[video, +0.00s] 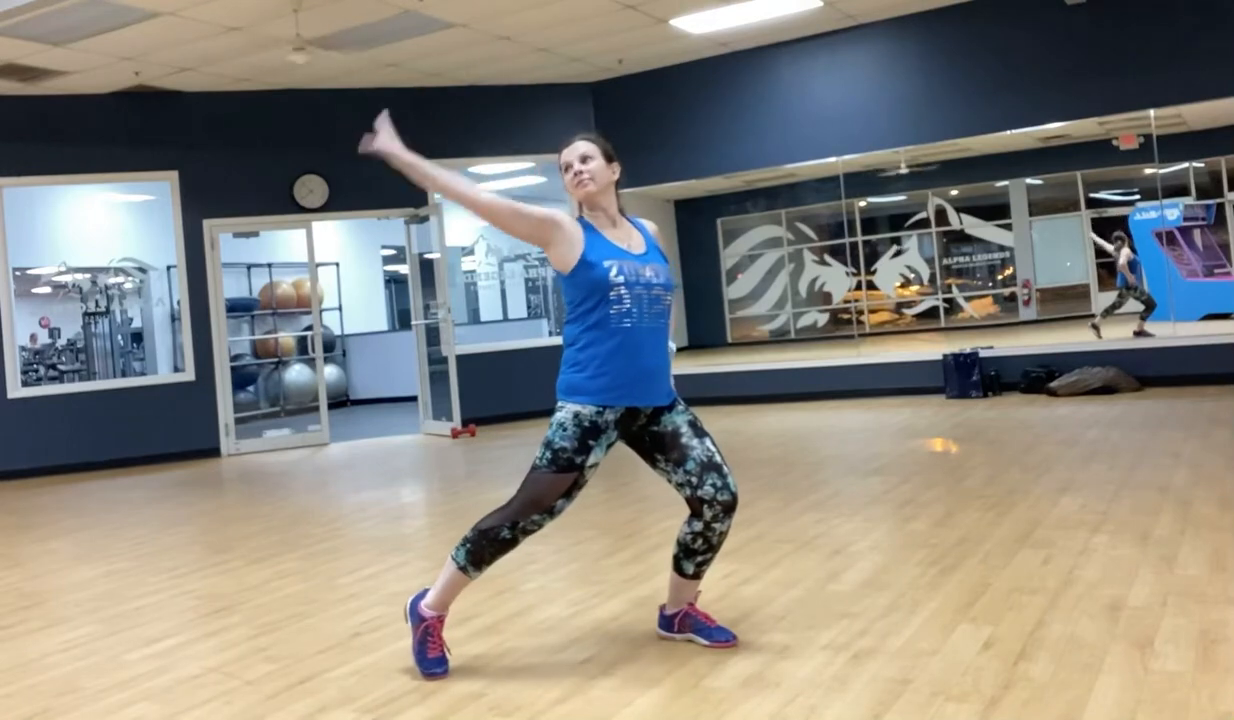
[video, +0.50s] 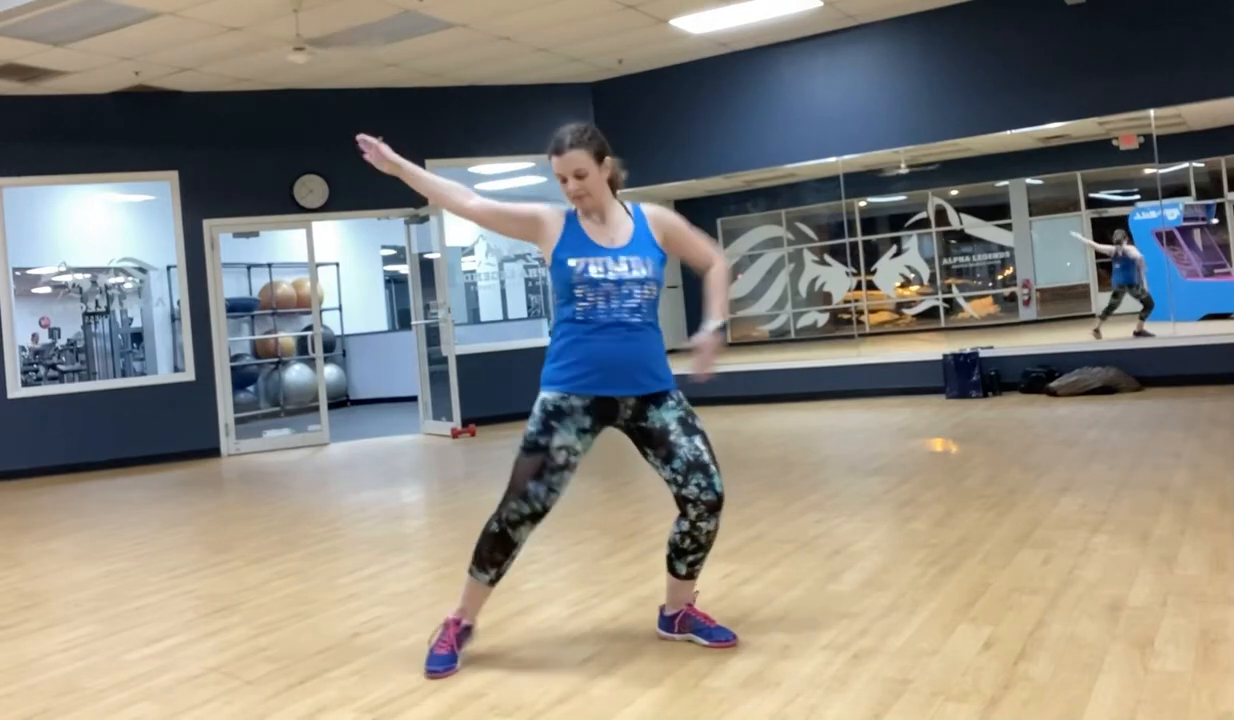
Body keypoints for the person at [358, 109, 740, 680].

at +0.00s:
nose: (575, 170)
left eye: (585, 160)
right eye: (566, 169)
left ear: (615, 171)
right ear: (565, 187)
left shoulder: (645, 234)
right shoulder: (562, 230)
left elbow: (655, 310)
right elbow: (473, 197)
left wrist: (659, 369)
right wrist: (400, 154)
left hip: (655, 400)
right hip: (589, 404)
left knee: (717, 497)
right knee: (531, 511)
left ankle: (679, 609)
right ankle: (429, 609)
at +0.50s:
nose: (572, 188)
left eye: (580, 175)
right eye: (563, 180)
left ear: (607, 169)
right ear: (556, 181)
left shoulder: (654, 221)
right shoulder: (551, 223)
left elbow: (716, 263)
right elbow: (470, 203)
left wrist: (712, 326)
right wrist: (399, 166)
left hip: (650, 389)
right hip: (571, 392)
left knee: (704, 495)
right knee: (524, 504)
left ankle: (678, 610)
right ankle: (460, 623)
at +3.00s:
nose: (559, 154)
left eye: (567, 142)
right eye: (547, 146)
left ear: (582, 138)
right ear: (530, 149)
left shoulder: (613, 181)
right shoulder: (510, 205)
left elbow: (685, 135)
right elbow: (428, 214)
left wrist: (743, 89)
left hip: (628, 363)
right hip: (551, 375)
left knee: (681, 467)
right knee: (528, 492)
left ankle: (685, 595)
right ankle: (537, 617)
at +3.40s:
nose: (616, 193)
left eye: (623, 182)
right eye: (603, 185)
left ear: (638, 176)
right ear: (586, 186)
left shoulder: (648, 215)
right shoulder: (578, 233)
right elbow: (505, 254)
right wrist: (436, 259)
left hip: (659, 390)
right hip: (596, 397)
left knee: (708, 491)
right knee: (543, 509)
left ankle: (671, 608)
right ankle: (448, 614)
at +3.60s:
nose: (632, 193)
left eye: (638, 180)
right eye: (618, 186)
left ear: (646, 176)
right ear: (595, 192)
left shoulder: (643, 233)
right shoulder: (595, 248)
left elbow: (647, 316)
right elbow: (602, 338)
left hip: (659, 401)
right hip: (605, 404)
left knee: (712, 495)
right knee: (547, 510)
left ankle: (671, 608)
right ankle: (440, 609)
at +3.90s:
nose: (621, 170)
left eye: (623, 158)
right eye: (605, 167)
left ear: (633, 162)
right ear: (586, 186)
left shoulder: (635, 223)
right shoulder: (606, 230)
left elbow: (697, 215)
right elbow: (692, 216)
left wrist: (749, 175)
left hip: (654, 400)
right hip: (604, 403)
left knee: (713, 492)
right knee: (551, 511)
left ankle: (671, 607)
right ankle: (438, 608)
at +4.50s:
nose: (583, 157)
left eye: (587, 148)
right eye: (567, 155)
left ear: (606, 161)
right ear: (557, 180)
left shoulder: (628, 223)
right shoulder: (571, 229)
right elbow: (535, 145)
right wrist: (512, 60)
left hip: (653, 397)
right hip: (595, 402)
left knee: (707, 496)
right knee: (539, 511)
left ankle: (671, 608)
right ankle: (437, 612)